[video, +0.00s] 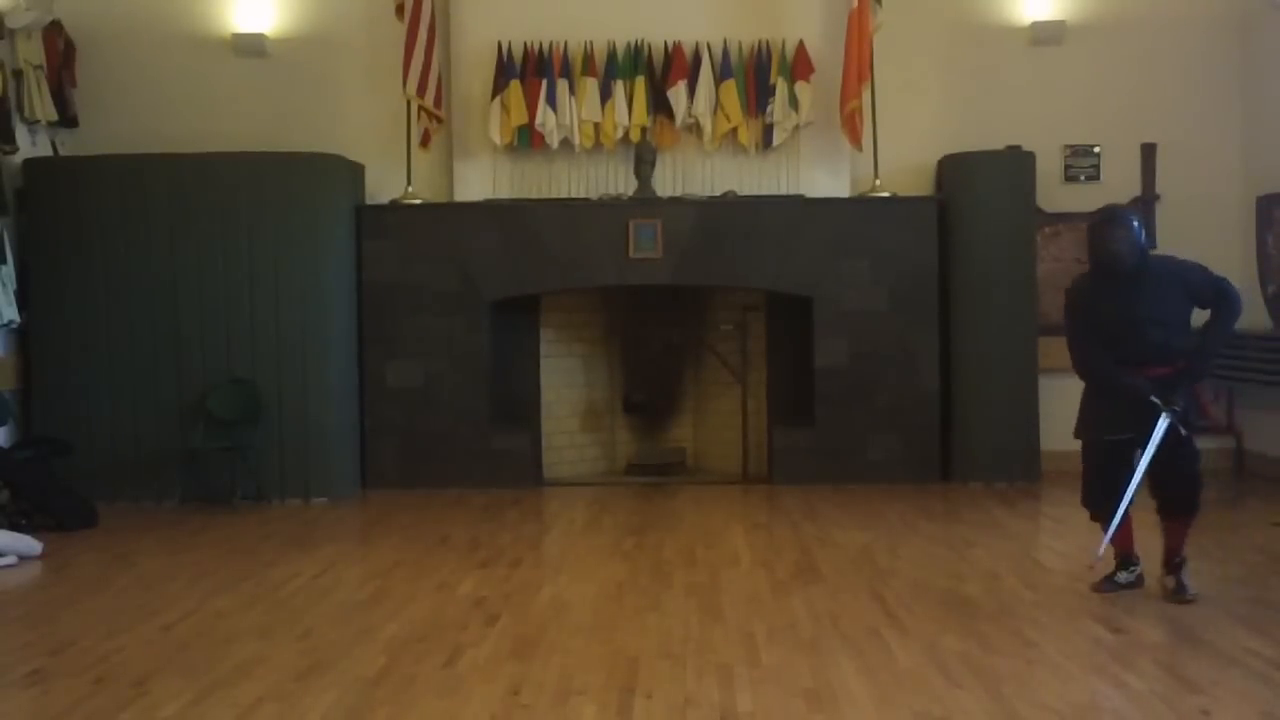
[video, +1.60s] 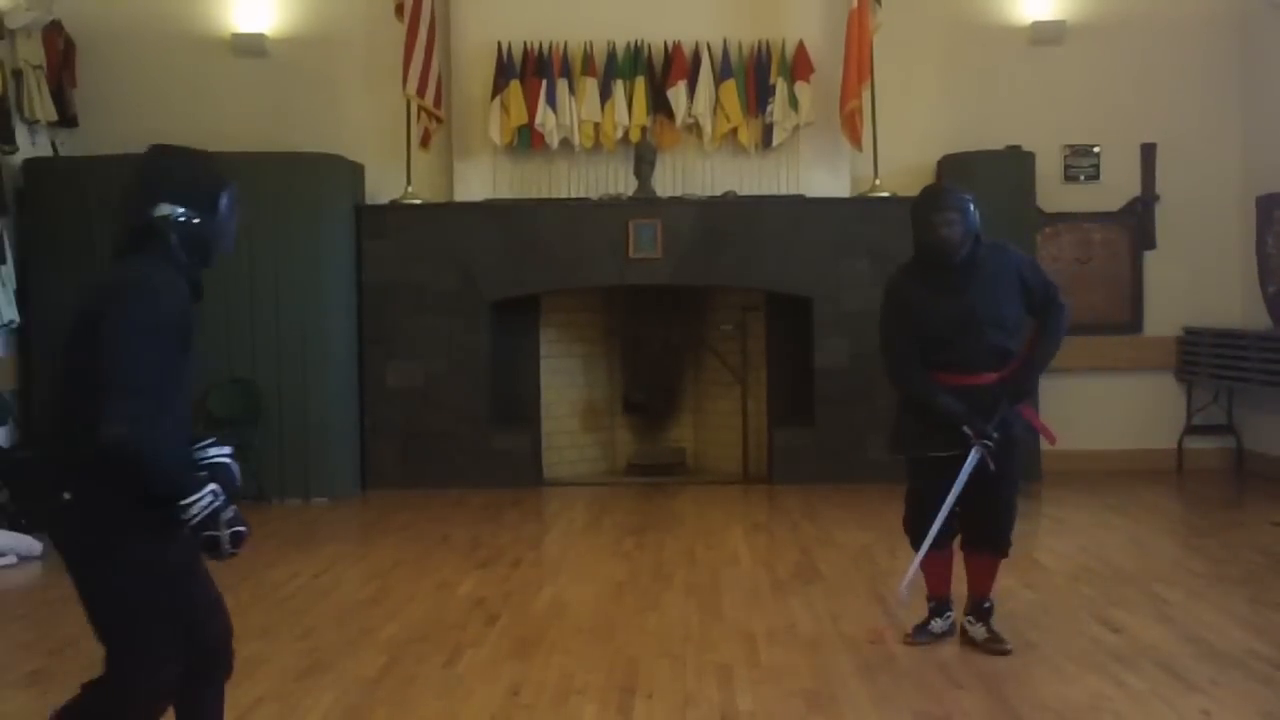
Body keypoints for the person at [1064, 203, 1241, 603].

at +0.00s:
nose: (1116, 250)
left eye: (1123, 240)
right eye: (1107, 242)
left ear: (1140, 239)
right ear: (1095, 246)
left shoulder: (1171, 274)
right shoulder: (1083, 293)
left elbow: (1228, 300)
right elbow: (1086, 362)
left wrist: (1193, 365)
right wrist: (1142, 389)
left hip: (1168, 398)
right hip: (1109, 401)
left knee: (1180, 487)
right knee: (1105, 490)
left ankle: (1174, 569)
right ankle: (1127, 566)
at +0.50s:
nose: (1092, 244)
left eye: (1102, 235)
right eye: (1084, 235)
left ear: (1124, 235)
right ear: (1073, 236)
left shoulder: (1155, 275)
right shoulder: (1059, 284)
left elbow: (1201, 314)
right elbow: (1049, 357)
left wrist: (1172, 372)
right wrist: (1105, 398)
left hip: (1129, 404)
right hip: (1068, 401)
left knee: (1123, 500)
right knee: (1042, 493)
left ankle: (1119, 587)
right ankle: (1076, 549)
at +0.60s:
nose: (1082, 244)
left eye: (1091, 235)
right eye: (1074, 235)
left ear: (1114, 234)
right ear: (1064, 237)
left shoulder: (1147, 274)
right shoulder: (1050, 285)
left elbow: (1192, 315)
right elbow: (1043, 358)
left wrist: (1163, 371)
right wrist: (1098, 400)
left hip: (1124, 399)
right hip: (1062, 395)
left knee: (1118, 498)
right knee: (1026, 489)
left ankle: (1116, 588)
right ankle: (1039, 571)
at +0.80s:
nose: (1065, 248)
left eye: (1073, 238)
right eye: (1055, 240)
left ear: (1091, 237)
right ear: (1040, 243)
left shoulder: (1123, 282)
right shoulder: (1026, 294)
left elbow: (1167, 323)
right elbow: (1021, 369)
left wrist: (1136, 382)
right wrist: (1080, 412)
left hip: (1104, 411)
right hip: (1041, 409)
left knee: (1115, 510)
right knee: (1005, 495)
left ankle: (1115, 592)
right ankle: (963, 589)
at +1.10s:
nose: (997, 255)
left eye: (1004, 244)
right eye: (987, 247)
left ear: (1021, 243)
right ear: (971, 252)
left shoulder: (1051, 283)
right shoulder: (961, 300)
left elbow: (1094, 329)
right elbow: (959, 384)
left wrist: (1070, 392)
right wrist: (1017, 428)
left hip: (1044, 415)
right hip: (982, 415)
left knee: (1080, 508)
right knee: (945, 506)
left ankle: (1101, 584)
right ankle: (941, 612)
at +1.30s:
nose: (961, 243)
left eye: (968, 232)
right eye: (951, 235)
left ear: (986, 232)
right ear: (936, 240)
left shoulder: (1023, 273)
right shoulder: (922, 294)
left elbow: (1067, 319)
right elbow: (921, 374)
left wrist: (1033, 389)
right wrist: (978, 416)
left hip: (1017, 413)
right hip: (950, 416)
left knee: (1043, 506)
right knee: (933, 512)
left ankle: (1048, 584)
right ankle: (941, 609)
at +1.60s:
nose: (944, 234)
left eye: (952, 223)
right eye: (934, 225)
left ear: (973, 223)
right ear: (919, 229)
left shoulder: (1006, 265)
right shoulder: (907, 282)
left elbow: (1054, 312)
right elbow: (900, 363)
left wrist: (1019, 385)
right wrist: (953, 411)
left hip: (999, 413)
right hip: (932, 413)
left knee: (991, 515)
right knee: (932, 514)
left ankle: (978, 618)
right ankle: (939, 613)